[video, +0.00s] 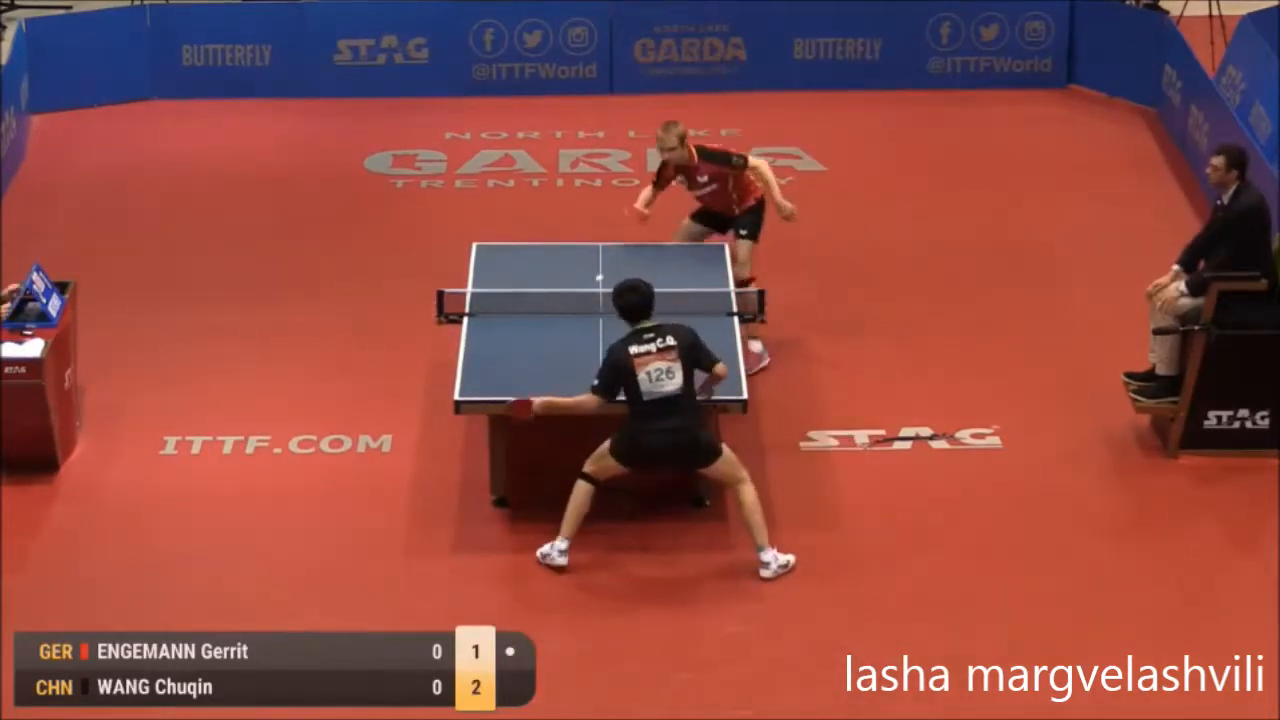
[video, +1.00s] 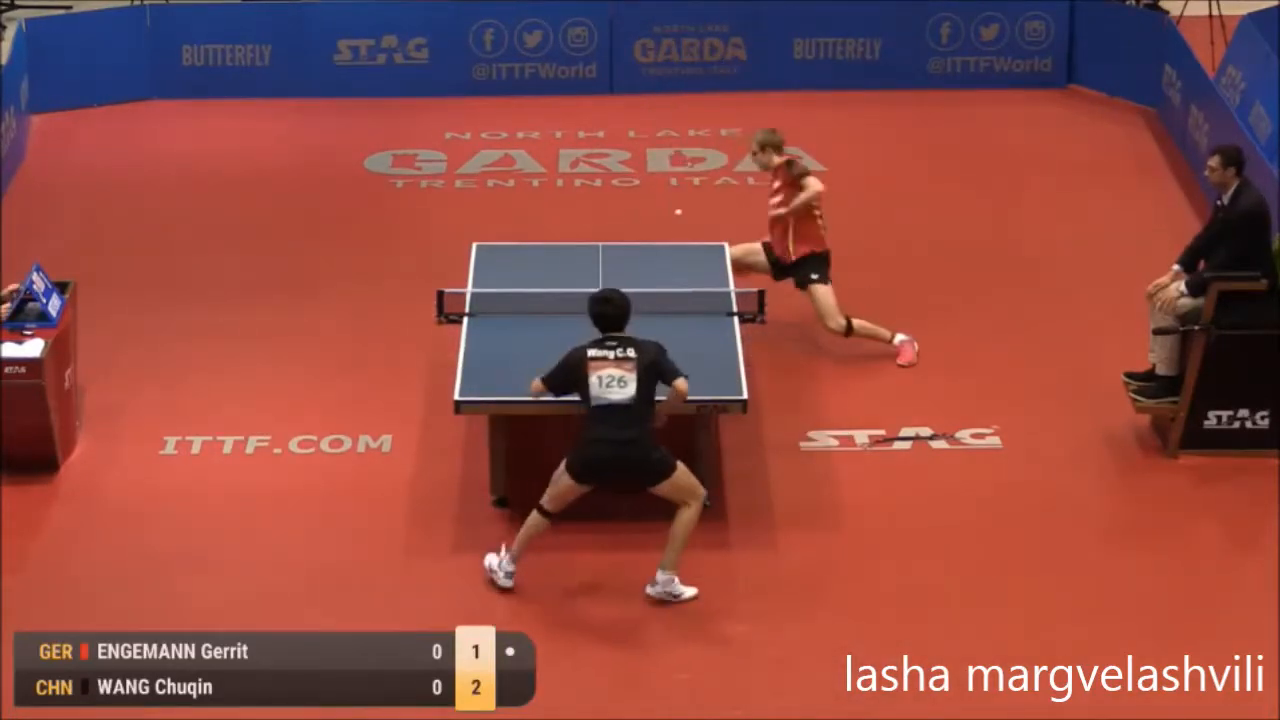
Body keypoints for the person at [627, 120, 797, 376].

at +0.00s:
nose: (665, 157)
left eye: (669, 150)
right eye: (662, 151)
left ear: (684, 146)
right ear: (659, 148)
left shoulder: (712, 159)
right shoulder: (670, 166)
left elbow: (759, 165)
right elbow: (654, 188)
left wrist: (778, 201)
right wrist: (641, 205)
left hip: (746, 207)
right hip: (714, 208)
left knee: (740, 267)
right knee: (678, 247)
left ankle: (753, 343)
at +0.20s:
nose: (663, 147)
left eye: (669, 141)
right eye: (660, 141)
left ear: (683, 139)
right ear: (656, 140)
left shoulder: (708, 153)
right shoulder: (656, 164)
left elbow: (738, 163)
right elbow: (641, 195)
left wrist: (738, 196)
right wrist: (631, 208)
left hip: (713, 220)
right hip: (676, 219)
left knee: (733, 276)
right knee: (649, 264)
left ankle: (768, 326)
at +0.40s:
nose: (658, 141)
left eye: (664, 135)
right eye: (655, 135)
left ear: (678, 133)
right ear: (651, 134)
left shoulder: (704, 148)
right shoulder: (652, 157)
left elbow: (731, 165)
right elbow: (632, 188)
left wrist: (710, 191)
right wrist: (621, 208)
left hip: (714, 207)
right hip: (676, 210)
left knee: (747, 261)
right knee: (644, 256)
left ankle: (783, 313)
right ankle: (643, 320)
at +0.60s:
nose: (663, 144)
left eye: (668, 138)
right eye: (659, 138)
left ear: (682, 136)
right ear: (655, 138)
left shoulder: (703, 153)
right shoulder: (665, 162)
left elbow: (737, 190)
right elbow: (673, 192)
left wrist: (698, 196)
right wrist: (651, 218)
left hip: (734, 212)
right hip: (698, 215)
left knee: (771, 268)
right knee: (665, 257)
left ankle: (799, 313)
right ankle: (670, 319)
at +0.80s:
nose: (684, 156)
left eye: (688, 150)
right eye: (681, 150)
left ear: (705, 146)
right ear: (683, 149)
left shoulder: (713, 168)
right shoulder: (725, 160)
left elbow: (692, 209)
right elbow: (766, 181)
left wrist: (686, 241)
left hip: (778, 231)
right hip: (751, 229)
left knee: (800, 304)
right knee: (701, 248)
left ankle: (869, 314)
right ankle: (712, 310)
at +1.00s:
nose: (753, 159)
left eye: (755, 153)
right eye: (752, 154)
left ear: (767, 150)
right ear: (769, 151)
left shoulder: (791, 167)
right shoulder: (778, 175)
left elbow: (816, 189)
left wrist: (786, 211)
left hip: (809, 257)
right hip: (781, 253)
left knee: (835, 323)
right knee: (727, 257)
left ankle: (899, 340)